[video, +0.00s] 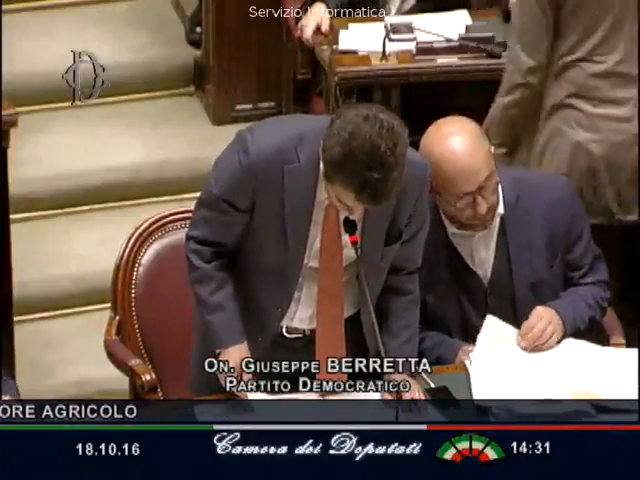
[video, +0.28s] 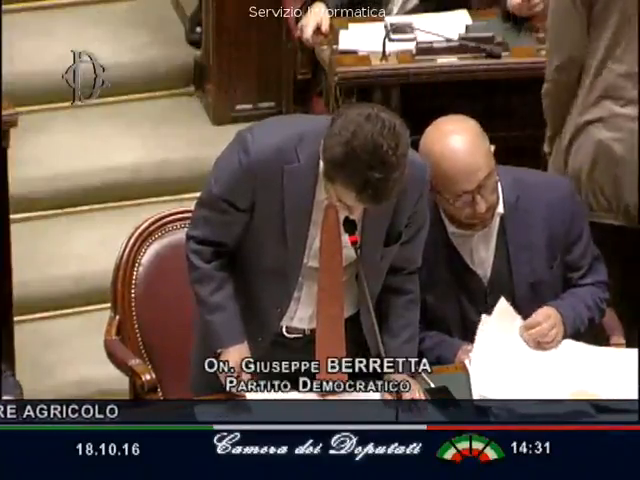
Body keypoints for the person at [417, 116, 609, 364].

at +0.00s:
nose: (481, 207)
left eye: (486, 186)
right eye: (463, 199)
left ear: (493, 158)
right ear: (432, 189)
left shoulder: (552, 197)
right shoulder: (409, 225)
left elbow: (594, 284)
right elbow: (402, 327)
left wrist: (561, 315)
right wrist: (455, 353)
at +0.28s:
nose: (480, 206)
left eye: (485, 185)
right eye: (461, 198)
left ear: (492, 156)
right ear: (431, 187)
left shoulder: (553, 198)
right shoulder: (408, 224)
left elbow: (593, 284)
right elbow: (401, 326)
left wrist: (563, 316)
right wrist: (454, 353)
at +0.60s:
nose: (476, 208)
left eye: (482, 188)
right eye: (458, 199)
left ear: (492, 158)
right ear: (430, 187)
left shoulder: (553, 198)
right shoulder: (408, 224)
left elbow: (594, 282)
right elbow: (401, 326)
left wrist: (578, 310)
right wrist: (448, 350)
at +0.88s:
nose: (472, 211)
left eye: (481, 192)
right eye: (455, 201)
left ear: (493, 161)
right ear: (429, 188)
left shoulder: (552, 197)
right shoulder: (407, 224)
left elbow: (588, 268)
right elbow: (396, 326)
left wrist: (590, 301)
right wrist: (444, 349)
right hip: (463, 385)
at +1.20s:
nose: (473, 211)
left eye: (481, 192)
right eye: (455, 200)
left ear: (493, 157)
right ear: (429, 185)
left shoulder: (552, 197)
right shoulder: (407, 221)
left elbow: (586, 271)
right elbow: (394, 324)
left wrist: (601, 305)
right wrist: (441, 348)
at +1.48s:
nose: (472, 210)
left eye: (481, 191)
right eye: (455, 199)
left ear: (493, 158)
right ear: (428, 185)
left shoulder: (551, 196)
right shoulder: (407, 221)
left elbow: (587, 272)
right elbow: (392, 322)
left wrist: (612, 307)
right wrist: (440, 346)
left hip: (556, 376)